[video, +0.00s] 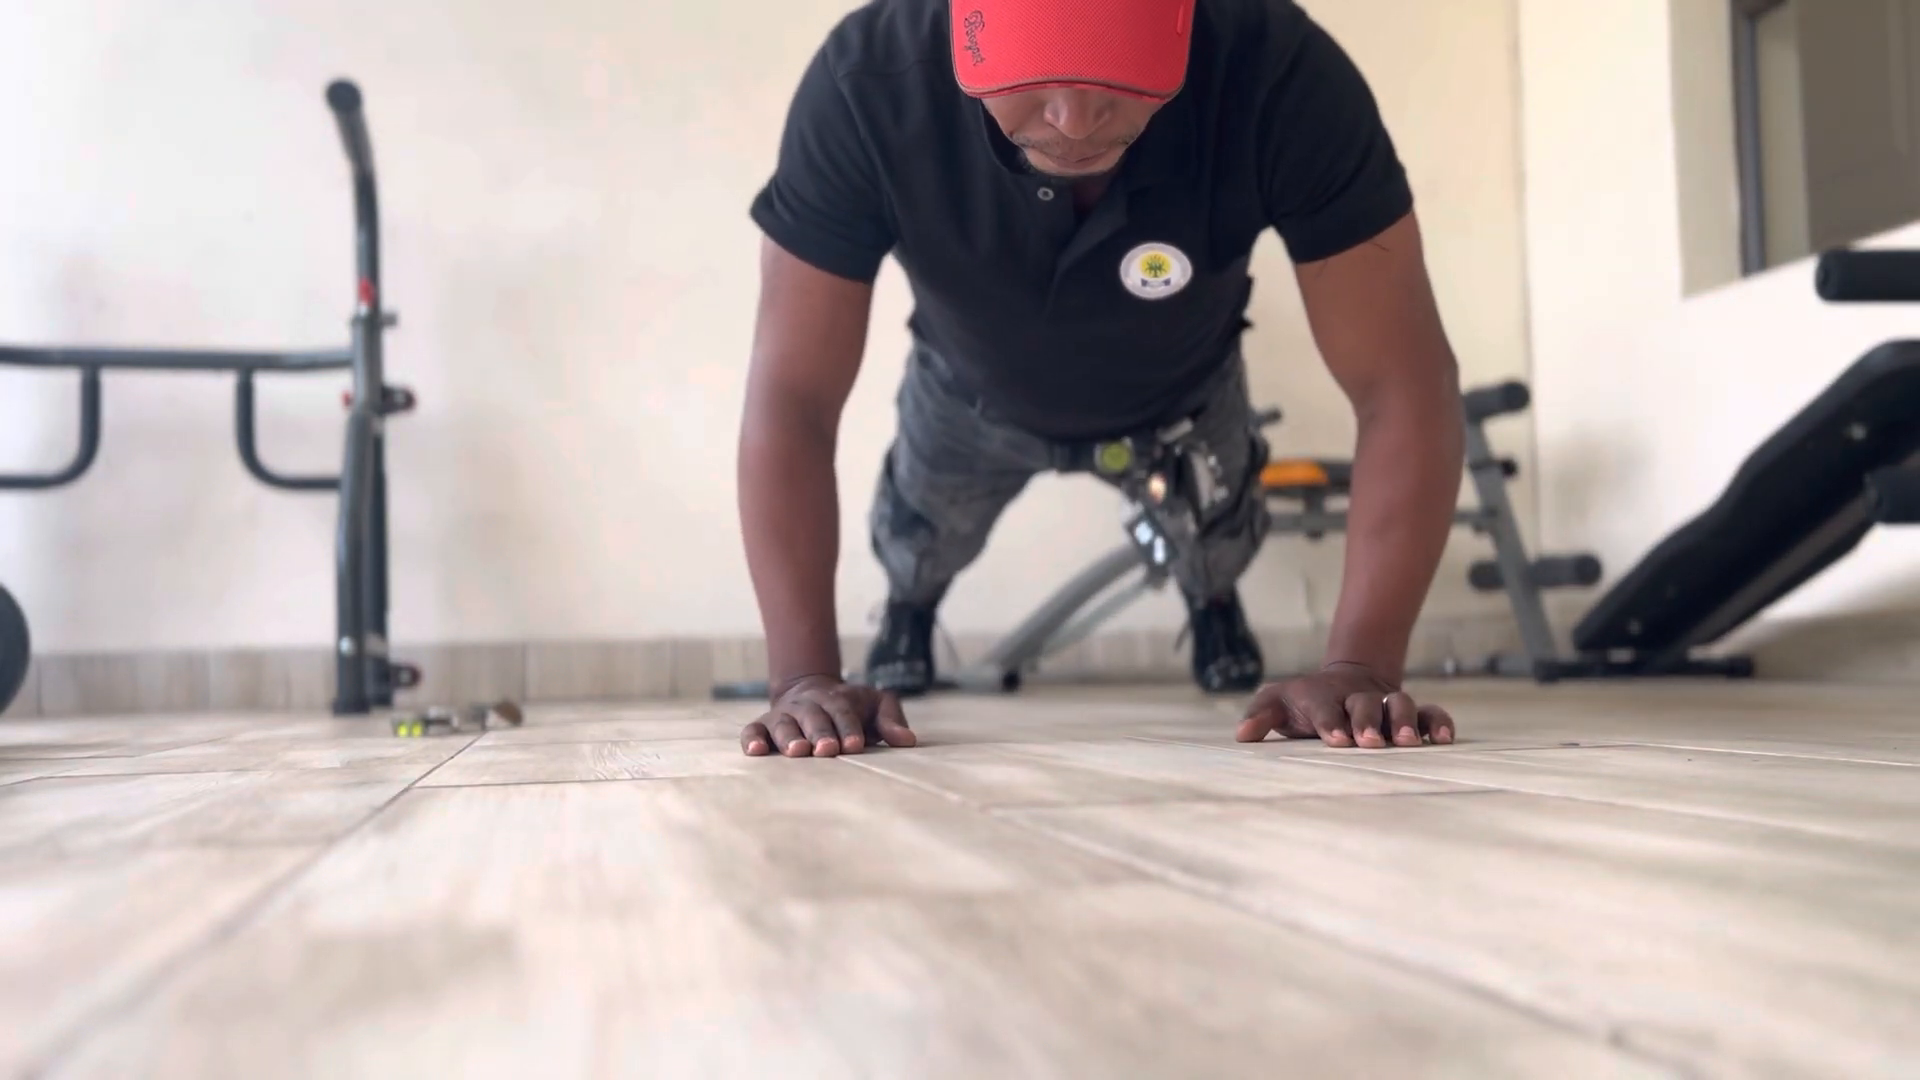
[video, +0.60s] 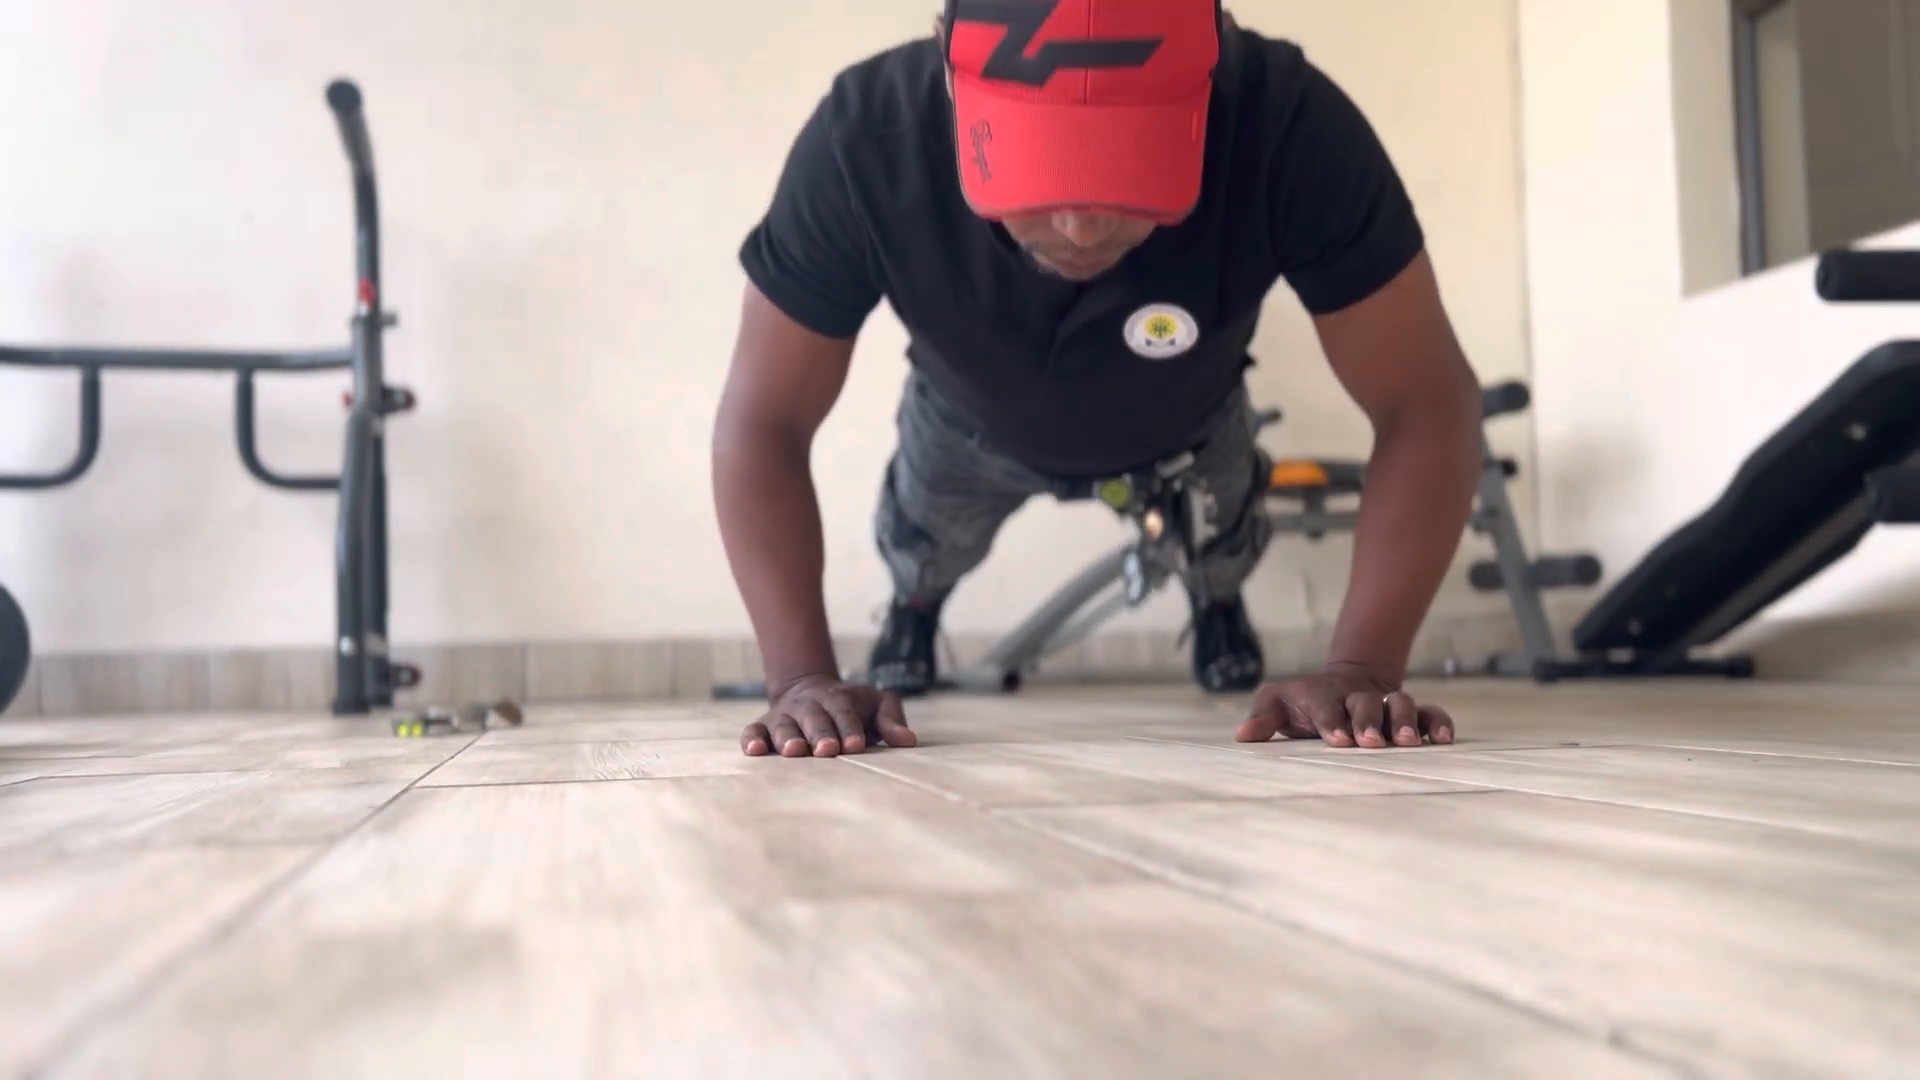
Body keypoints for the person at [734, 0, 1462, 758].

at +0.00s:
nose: (1070, 123)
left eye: (1112, 85)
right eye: (1029, 83)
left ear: (1175, 44)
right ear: (966, 42)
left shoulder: (1279, 77)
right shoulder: (868, 86)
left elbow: (1407, 387)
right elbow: (789, 401)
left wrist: (1360, 668)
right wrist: (801, 681)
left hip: (1180, 397)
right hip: (975, 394)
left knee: (1214, 526)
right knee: (928, 530)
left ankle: (1217, 610)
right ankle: (912, 615)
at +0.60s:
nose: (1080, 228)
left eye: (1122, 187)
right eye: (1039, 187)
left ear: (1189, 110)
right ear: (963, 104)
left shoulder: (1284, 124)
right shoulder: (868, 138)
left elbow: (1430, 405)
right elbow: (761, 425)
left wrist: (1361, 668)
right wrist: (794, 679)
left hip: (1186, 418)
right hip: (974, 424)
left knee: (1221, 535)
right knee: (929, 542)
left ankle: (1219, 613)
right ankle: (917, 621)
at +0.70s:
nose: (1081, 401)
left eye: (1122, 369)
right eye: (1043, 371)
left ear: (1213, 235)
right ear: (961, 245)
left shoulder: (1294, 230)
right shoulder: (871, 241)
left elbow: (1439, 432)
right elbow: (738, 456)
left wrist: (1361, 670)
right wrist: (795, 679)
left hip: (1191, 473)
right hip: (974, 478)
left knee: (1228, 550)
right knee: (930, 564)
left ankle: (1221, 614)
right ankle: (914, 616)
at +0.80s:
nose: (1090, 511)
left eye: (1131, 470)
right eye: (1053, 475)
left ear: (1221, 308)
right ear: (951, 327)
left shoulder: (1299, 311)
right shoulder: (867, 326)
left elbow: (1441, 450)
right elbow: (718, 469)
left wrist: (1361, 671)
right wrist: (794, 681)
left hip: (1203, 527)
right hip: (971, 530)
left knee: (1230, 567)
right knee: (922, 579)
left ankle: (1217, 610)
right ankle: (909, 621)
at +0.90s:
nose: (1098, 583)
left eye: (1142, 552)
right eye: (1061, 557)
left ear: (1220, 379)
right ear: (956, 398)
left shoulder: (1301, 355)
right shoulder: (866, 372)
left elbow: (1449, 450)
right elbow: (714, 471)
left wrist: (1358, 672)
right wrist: (798, 683)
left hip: (1212, 563)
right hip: (960, 566)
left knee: (1228, 602)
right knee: (911, 597)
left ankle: (1204, 628)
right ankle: (902, 640)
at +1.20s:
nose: (1092, 621)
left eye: (1140, 591)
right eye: (1051, 589)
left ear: (1225, 448)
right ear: (959, 447)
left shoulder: (1310, 387)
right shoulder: (866, 400)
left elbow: (1452, 444)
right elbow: (711, 457)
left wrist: (1358, 670)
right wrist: (798, 677)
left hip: (1208, 576)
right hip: (959, 578)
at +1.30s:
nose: (1074, 436)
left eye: (1120, 402)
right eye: (1033, 400)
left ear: (1210, 284)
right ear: (953, 287)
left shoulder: (1303, 274)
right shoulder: (867, 283)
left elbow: (1436, 440)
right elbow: (724, 454)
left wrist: (1356, 668)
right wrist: (796, 679)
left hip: (1187, 508)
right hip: (976, 515)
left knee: (1225, 560)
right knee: (929, 573)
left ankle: (1212, 586)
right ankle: (914, 607)